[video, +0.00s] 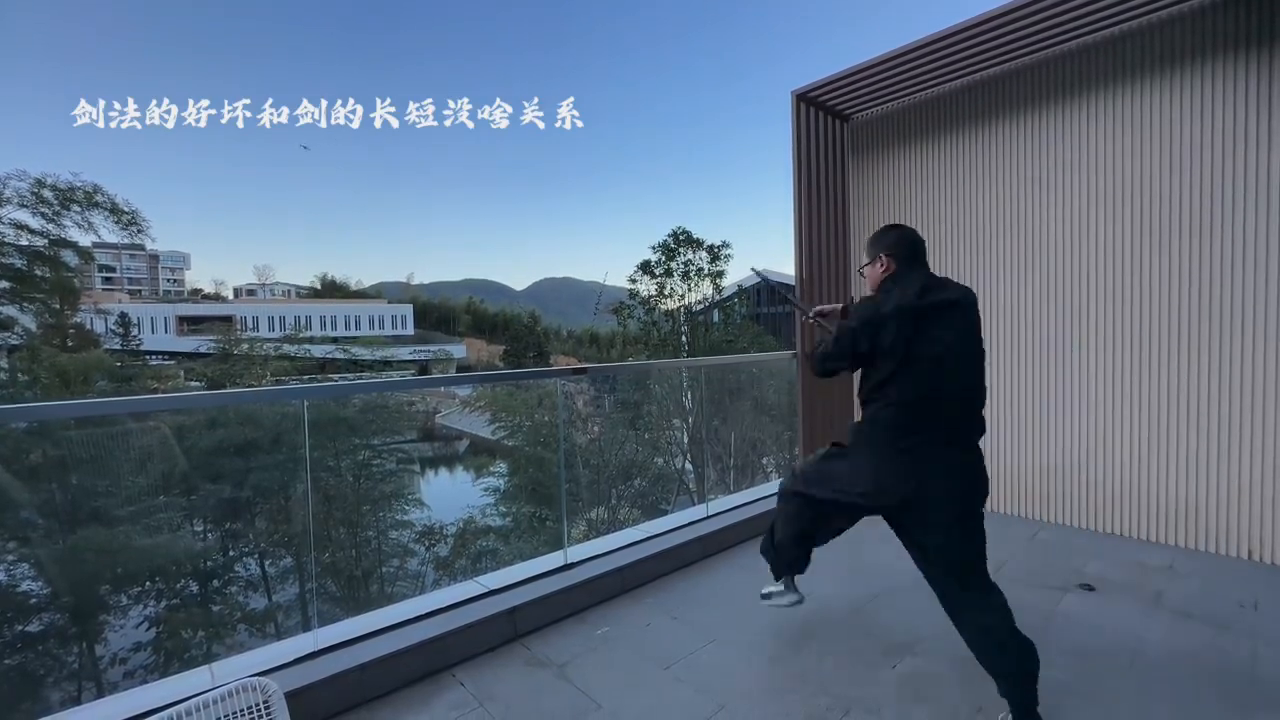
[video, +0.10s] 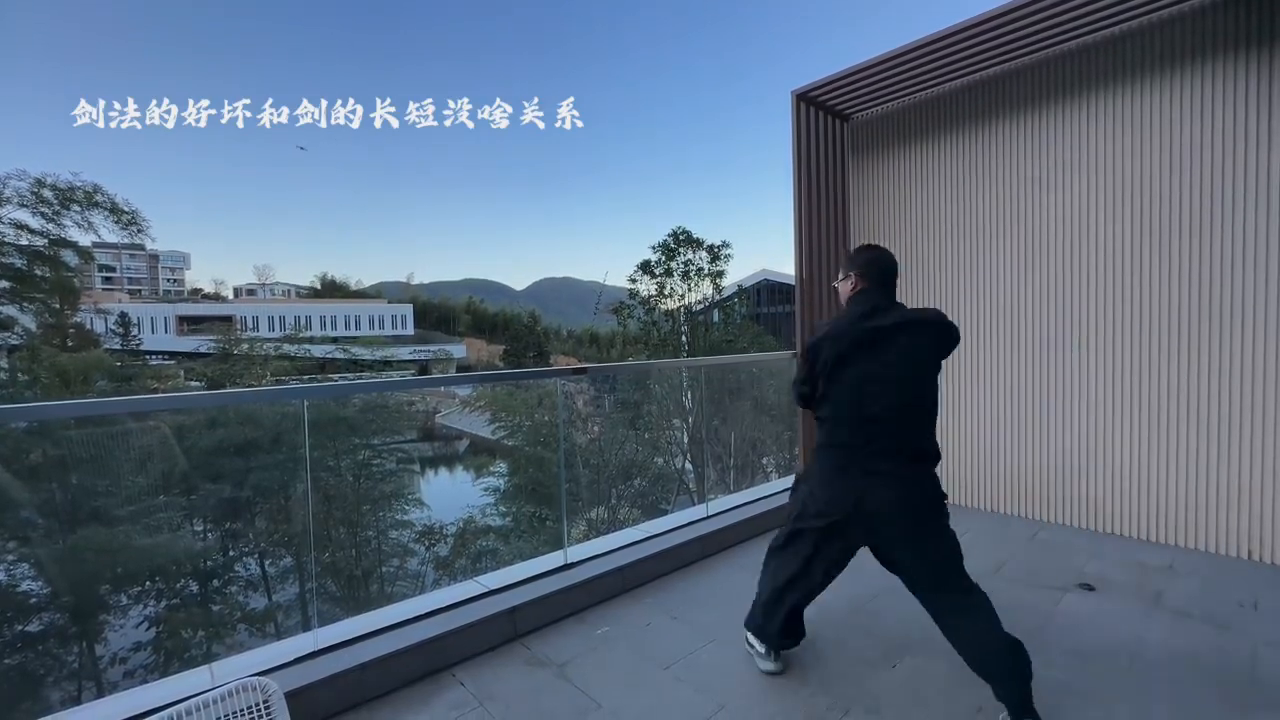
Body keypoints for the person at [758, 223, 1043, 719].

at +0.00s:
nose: (865, 276)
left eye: (866, 268)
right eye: (865, 267)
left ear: (885, 265)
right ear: (920, 262)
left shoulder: (877, 311)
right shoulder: (963, 301)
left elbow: (824, 364)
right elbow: (916, 328)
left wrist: (833, 328)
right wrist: (855, 313)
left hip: (886, 465)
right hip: (956, 471)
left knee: (801, 488)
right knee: (969, 587)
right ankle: (1024, 703)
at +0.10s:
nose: (837, 286)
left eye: (841, 279)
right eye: (839, 279)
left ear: (855, 284)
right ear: (891, 287)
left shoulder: (827, 341)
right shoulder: (926, 329)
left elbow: (806, 395)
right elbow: (949, 334)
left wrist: (850, 399)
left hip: (835, 490)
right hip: (909, 492)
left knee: (793, 556)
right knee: (953, 592)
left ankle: (767, 640)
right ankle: (1017, 697)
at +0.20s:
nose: (810, 301)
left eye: (814, 296)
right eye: (814, 294)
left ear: (824, 300)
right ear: (860, 302)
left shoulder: (795, 349)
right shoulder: (888, 351)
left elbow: (815, 393)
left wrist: (876, 361)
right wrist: (903, 370)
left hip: (800, 495)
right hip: (872, 499)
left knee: (777, 568)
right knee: (926, 595)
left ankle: (764, 643)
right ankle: (992, 702)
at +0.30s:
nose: (803, 303)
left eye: (806, 297)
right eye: (805, 295)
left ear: (817, 301)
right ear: (853, 305)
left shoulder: (787, 345)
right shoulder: (875, 356)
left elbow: (806, 384)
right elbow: (873, 405)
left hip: (795, 489)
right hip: (863, 492)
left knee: (774, 566)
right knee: (907, 597)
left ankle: (765, 641)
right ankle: (981, 698)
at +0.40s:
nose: (801, 304)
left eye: (805, 297)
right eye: (802, 297)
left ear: (818, 301)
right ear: (849, 304)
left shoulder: (803, 337)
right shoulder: (867, 354)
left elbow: (755, 333)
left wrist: (769, 321)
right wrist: (805, 326)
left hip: (805, 495)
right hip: (865, 496)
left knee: (767, 557)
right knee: (901, 604)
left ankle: (764, 640)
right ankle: (983, 703)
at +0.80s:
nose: (802, 305)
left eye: (802, 299)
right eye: (804, 297)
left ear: (809, 304)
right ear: (853, 302)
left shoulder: (831, 359)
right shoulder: (876, 344)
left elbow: (794, 439)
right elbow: (820, 367)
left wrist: (757, 408)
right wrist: (777, 373)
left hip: (835, 500)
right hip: (892, 498)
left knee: (773, 542)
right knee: (917, 605)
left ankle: (765, 639)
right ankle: (993, 701)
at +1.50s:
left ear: (853, 354)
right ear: (896, 348)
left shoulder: (840, 388)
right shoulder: (899, 369)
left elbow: (847, 462)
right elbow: (928, 401)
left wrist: (910, 472)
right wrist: (946, 454)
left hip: (810, 511)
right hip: (869, 517)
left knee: (812, 559)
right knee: (960, 581)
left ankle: (765, 640)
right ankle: (984, 704)